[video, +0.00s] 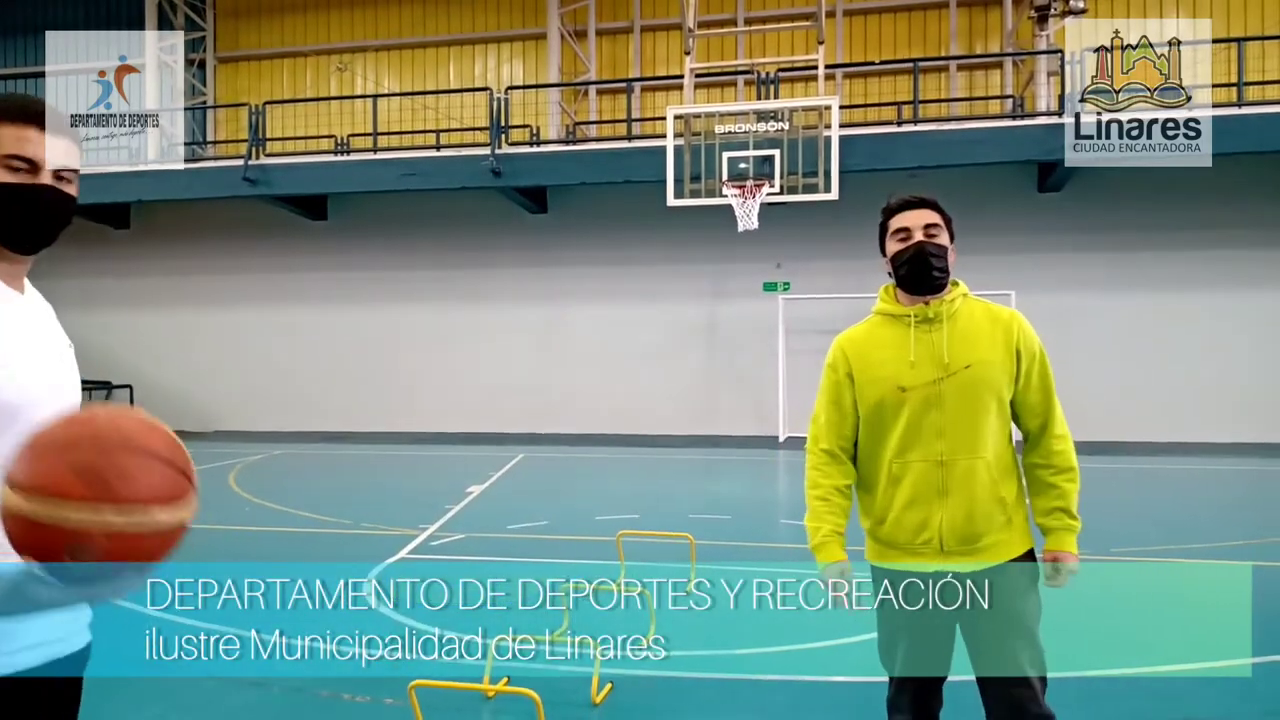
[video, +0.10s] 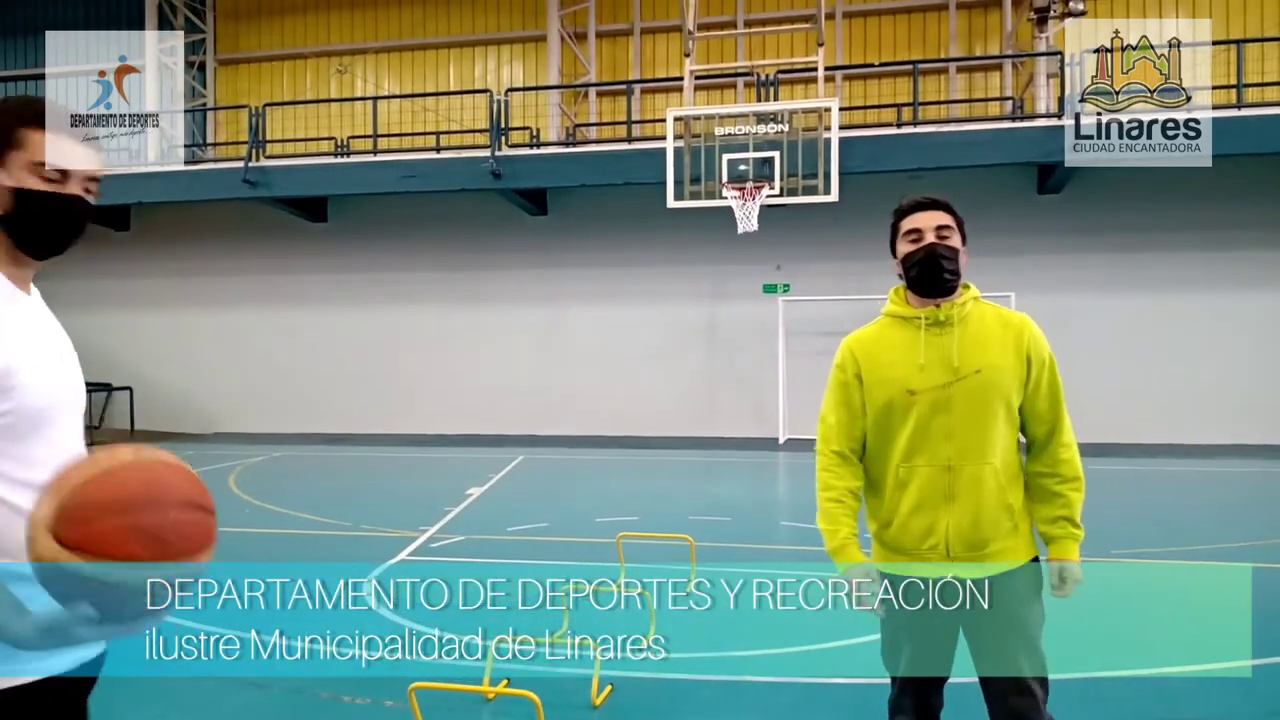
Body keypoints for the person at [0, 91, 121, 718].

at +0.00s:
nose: (46, 189)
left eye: (62, 176)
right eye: (20, 168)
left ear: (74, 191)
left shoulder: (39, 313)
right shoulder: (10, 309)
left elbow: (52, 458)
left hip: (54, 623)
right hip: (10, 628)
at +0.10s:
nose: (76, 196)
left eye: (87, 184)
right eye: (53, 174)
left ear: (95, 195)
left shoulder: (35, 309)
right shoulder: (10, 307)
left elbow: (54, 465)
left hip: (56, 644)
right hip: (15, 657)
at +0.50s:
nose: (140, 229)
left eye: (153, 213)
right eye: (151, 209)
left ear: (50, 169)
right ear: (120, 182)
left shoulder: (16, 268)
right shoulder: (54, 297)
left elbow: (29, 483)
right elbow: (13, 502)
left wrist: (127, 527)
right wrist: (134, 571)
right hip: (54, 684)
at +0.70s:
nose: (159, 219)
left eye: (169, 202)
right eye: (168, 199)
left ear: (58, 170)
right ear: (138, 179)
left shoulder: (10, 254)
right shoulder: (105, 290)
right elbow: (147, 482)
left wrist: (206, 494)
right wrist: (279, 557)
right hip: (69, 676)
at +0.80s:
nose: (165, 215)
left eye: (174, 197)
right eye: (173, 193)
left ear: (60, 169)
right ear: (143, 177)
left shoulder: (7, 253)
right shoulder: (124, 298)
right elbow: (173, 491)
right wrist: (313, 526)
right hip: (77, 674)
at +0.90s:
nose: (171, 210)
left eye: (177, 192)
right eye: (176, 190)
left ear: (67, 170)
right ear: (150, 180)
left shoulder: (7, 253)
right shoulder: (138, 301)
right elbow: (183, 504)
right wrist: (330, 500)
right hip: (79, 673)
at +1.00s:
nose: (175, 202)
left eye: (178, 184)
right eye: (177, 182)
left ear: (66, 168)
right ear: (152, 176)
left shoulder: (7, 252)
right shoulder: (152, 298)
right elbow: (204, 501)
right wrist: (322, 517)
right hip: (82, 669)